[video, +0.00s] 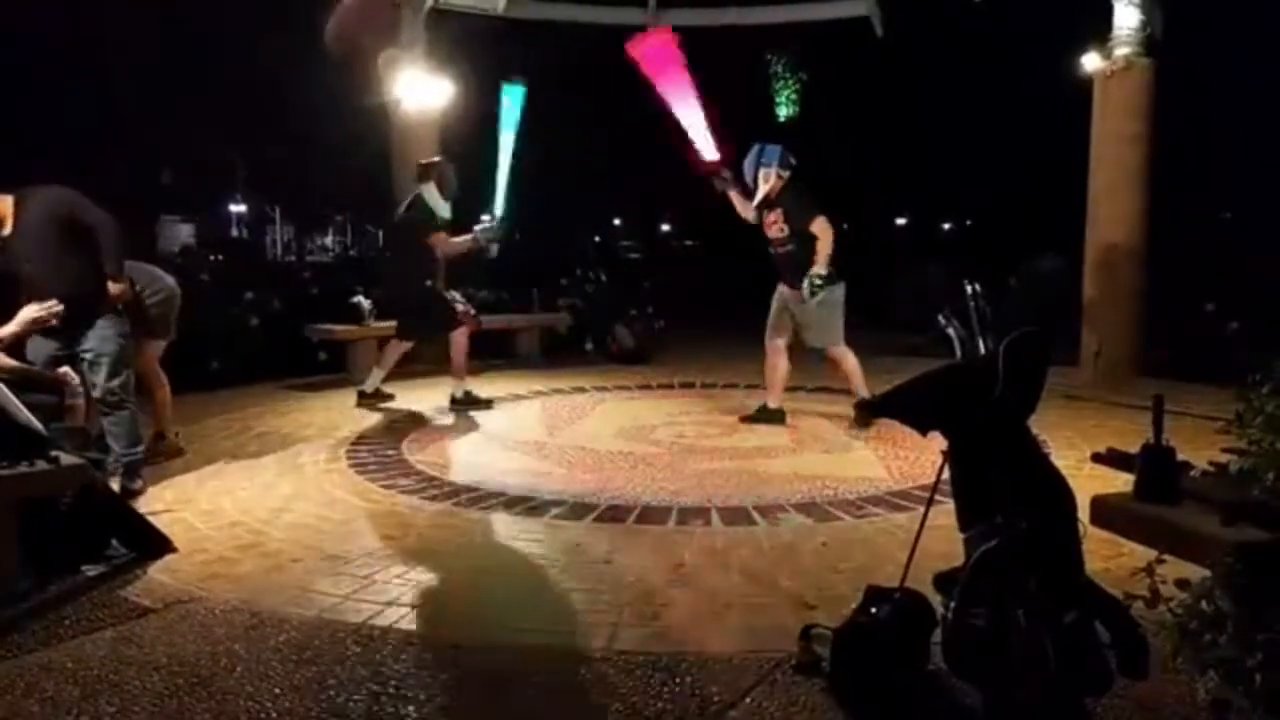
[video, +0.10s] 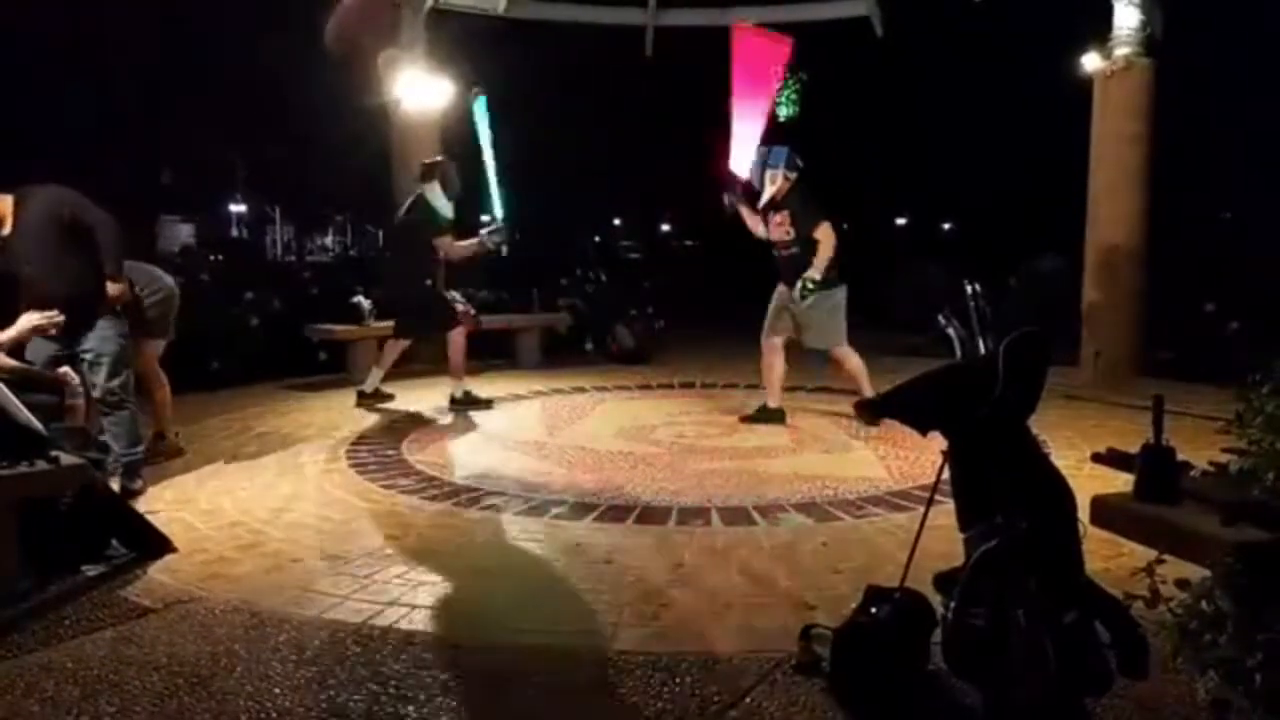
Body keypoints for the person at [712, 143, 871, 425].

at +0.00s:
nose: (760, 182)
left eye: (764, 175)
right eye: (758, 176)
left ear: (777, 174)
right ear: (758, 175)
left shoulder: (795, 200)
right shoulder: (766, 201)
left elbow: (825, 232)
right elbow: (748, 214)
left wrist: (819, 269)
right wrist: (730, 190)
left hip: (819, 287)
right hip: (787, 288)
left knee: (835, 348)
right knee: (775, 343)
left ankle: (863, 400)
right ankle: (773, 406)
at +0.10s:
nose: (769, 180)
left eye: (774, 174)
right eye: (767, 173)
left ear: (787, 175)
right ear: (763, 173)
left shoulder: (802, 203)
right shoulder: (769, 203)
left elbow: (827, 238)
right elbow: (763, 231)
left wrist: (814, 273)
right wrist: (741, 207)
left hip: (823, 289)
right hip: (788, 288)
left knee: (838, 349)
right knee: (771, 341)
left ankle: (869, 397)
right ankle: (772, 406)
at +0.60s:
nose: (820, 177)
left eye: (824, 170)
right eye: (818, 170)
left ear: (836, 171)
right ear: (818, 170)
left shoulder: (846, 197)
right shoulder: (824, 201)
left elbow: (858, 239)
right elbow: (825, 249)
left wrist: (828, 266)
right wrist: (797, 265)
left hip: (854, 287)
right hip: (826, 285)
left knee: (859, 348)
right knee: (805, 336)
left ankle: (878, 402)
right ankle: (806, 400)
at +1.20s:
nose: (755, 194)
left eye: (758, 188)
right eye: (756, 188)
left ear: (769, 185)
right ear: (765, 185)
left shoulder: (787, 210)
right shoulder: (759, 214)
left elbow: (799, 255)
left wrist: (777, 286)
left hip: (811, 289)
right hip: (780, 290)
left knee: (831, 345)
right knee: (751, 337)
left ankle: (869, 397)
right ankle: (743, 399)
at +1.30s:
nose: (753, 190)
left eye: (757, 184)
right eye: (751, 184)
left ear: (768, 185)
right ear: (749, 185)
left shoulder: (786, 210)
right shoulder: (747, 218)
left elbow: (797, 255)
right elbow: (727, 252)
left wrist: (778, 286)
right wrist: (690, 256)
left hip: (811, 285)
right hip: (775, 287)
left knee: (826, 344)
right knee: (751, 335)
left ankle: (859, 401)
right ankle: (743, 399)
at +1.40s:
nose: (754, 192)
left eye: (758, 186)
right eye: (750, 186)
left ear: (769, 187)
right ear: (745, 188)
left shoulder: (786, 212)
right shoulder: (745, 221)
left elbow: (798, 256)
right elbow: (720, 251)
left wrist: (778, 286)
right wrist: (688, 266)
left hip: (810, 284)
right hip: (774, 285)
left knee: (819, 344)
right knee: (749, 336)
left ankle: (851, 402)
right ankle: (742, 399)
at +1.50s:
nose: (755, 196)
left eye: (761, 189)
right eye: (751, 190)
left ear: (773, 186)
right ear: (746, 190)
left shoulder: (794, 211)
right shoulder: (750, 219)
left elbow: (807, 253)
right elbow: (740, 258)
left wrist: (778, 275)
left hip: (808, 286)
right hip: (770, 287)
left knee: (821, 344)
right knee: (749, 335)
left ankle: (853, 400)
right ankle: (743, 398)